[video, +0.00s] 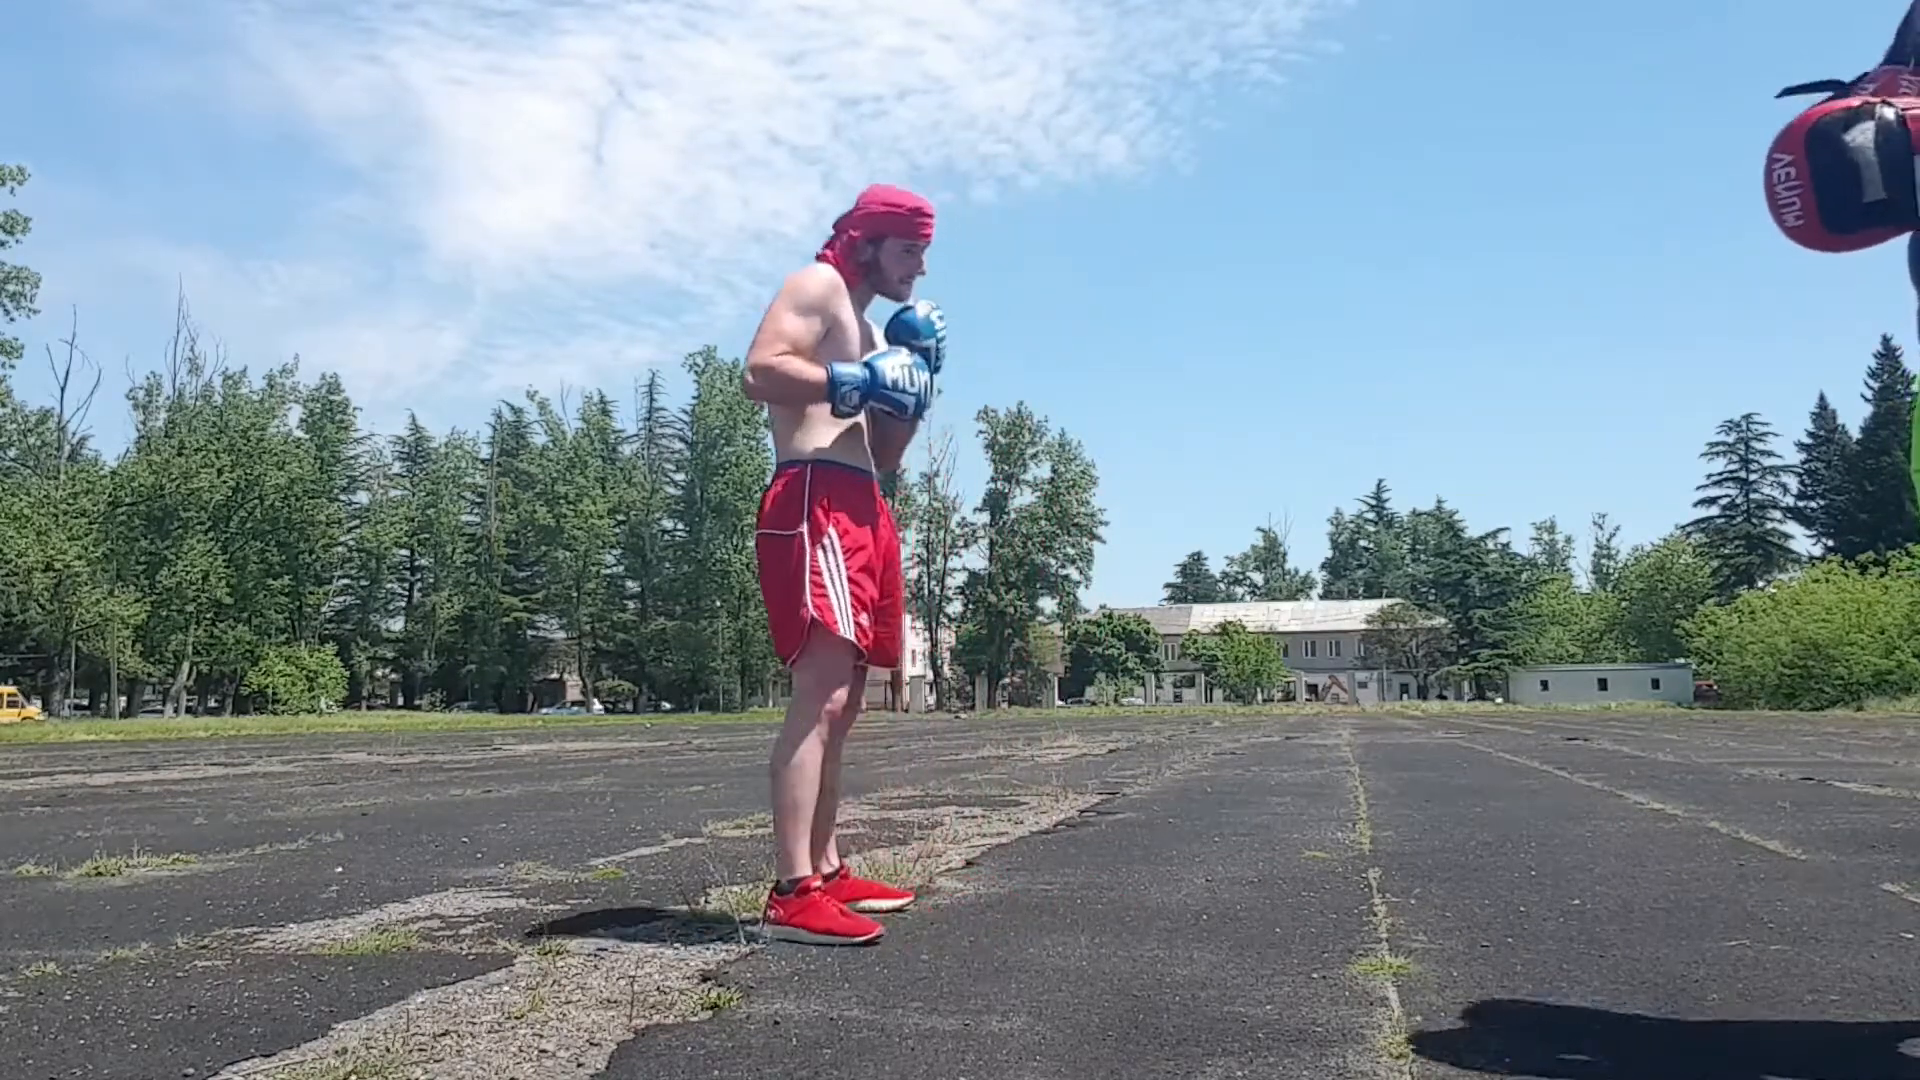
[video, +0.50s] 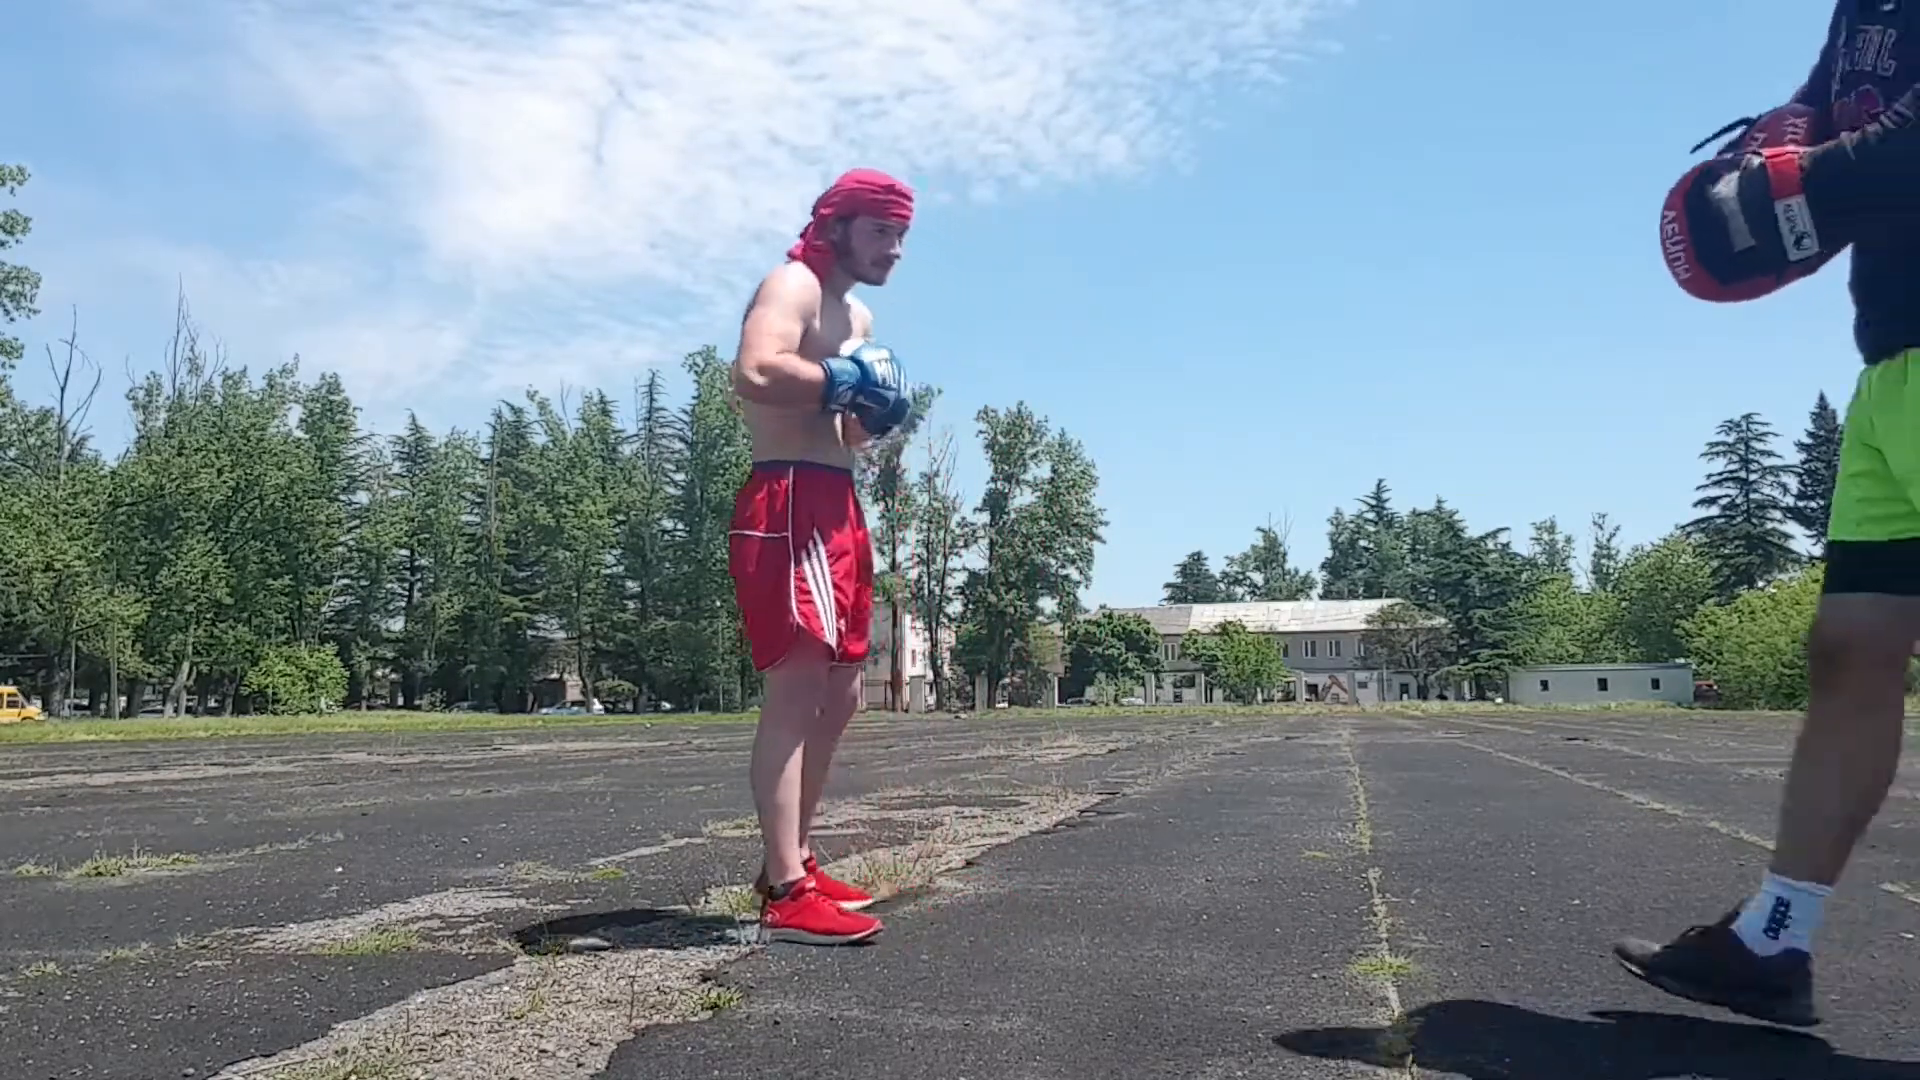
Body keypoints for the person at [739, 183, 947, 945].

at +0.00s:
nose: (919, 264)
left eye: (923, 252)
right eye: (910, 249)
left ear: (902, 257)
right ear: (865, 244)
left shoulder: (875, 330)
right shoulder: (819, 284)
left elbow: (882, 457)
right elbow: (761, 371)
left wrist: (917, 375)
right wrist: (849, 383)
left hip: (866, 506)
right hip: (816, 500)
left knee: (844, 700)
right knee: (819, 695)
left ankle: (823, 870)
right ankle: (792, 888)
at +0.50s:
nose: (895, 250)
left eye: (901, 237)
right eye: (883, 234)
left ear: (889, 243)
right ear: (836, 227)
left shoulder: (858, 318)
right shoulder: (791, 284)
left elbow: (844, 434)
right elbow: (754, 371)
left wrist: (877, 421)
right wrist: (847, 382)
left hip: (837, 504)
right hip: (785, 502)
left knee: (842, 693)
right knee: (798, 686)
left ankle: (796, 862)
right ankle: (781, 883)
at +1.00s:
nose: (899, 271)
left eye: (906, 259)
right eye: (886, 256)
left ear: (903, 264)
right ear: (842, 252)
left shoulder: (867, 339)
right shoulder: (801, 290)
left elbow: (864, 469)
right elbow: (733, 381)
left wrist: (897, 413)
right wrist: (827, 358)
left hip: (842, 517)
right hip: (792, 508)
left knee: (804, 701)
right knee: (855, 677)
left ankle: (778, 878)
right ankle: (835, 873)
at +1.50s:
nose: (939, 266)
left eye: (944, 254)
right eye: (927, 250)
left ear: (929, 262)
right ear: (879, 248)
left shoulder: (896, 328)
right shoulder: (835, 314)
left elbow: (914, 445)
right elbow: (859, 430)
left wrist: (957, 373)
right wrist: (915, 359)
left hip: (870, 516)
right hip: (820, 515)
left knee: (896, 688)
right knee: (847, 696)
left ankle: (836, 842)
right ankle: (836, 888)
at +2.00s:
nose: (958, 292)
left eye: (961, 281)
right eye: (947, 278)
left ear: (947, 287)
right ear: (906, 275)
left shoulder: (927, 347)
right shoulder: (866, 320)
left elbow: (948, 451)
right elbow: (840, 400)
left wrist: (979, 376)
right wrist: (915, 379)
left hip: (901, 526)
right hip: (852, 520)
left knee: (909, 690)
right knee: (893, 683)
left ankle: (855, 857)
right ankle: (854, 869)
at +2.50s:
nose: (990, 276)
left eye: (992, 265)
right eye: (979, 261)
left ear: (964, 270)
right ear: (937, 258)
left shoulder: (926, 351)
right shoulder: (909, 296)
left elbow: (931, 456)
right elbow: (900, 341)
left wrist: (984, 386)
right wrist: (976, 311)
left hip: (867, 519)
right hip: (872, 511)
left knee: (884, 697)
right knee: (934, 667)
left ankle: (859, 852)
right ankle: (865, 845)